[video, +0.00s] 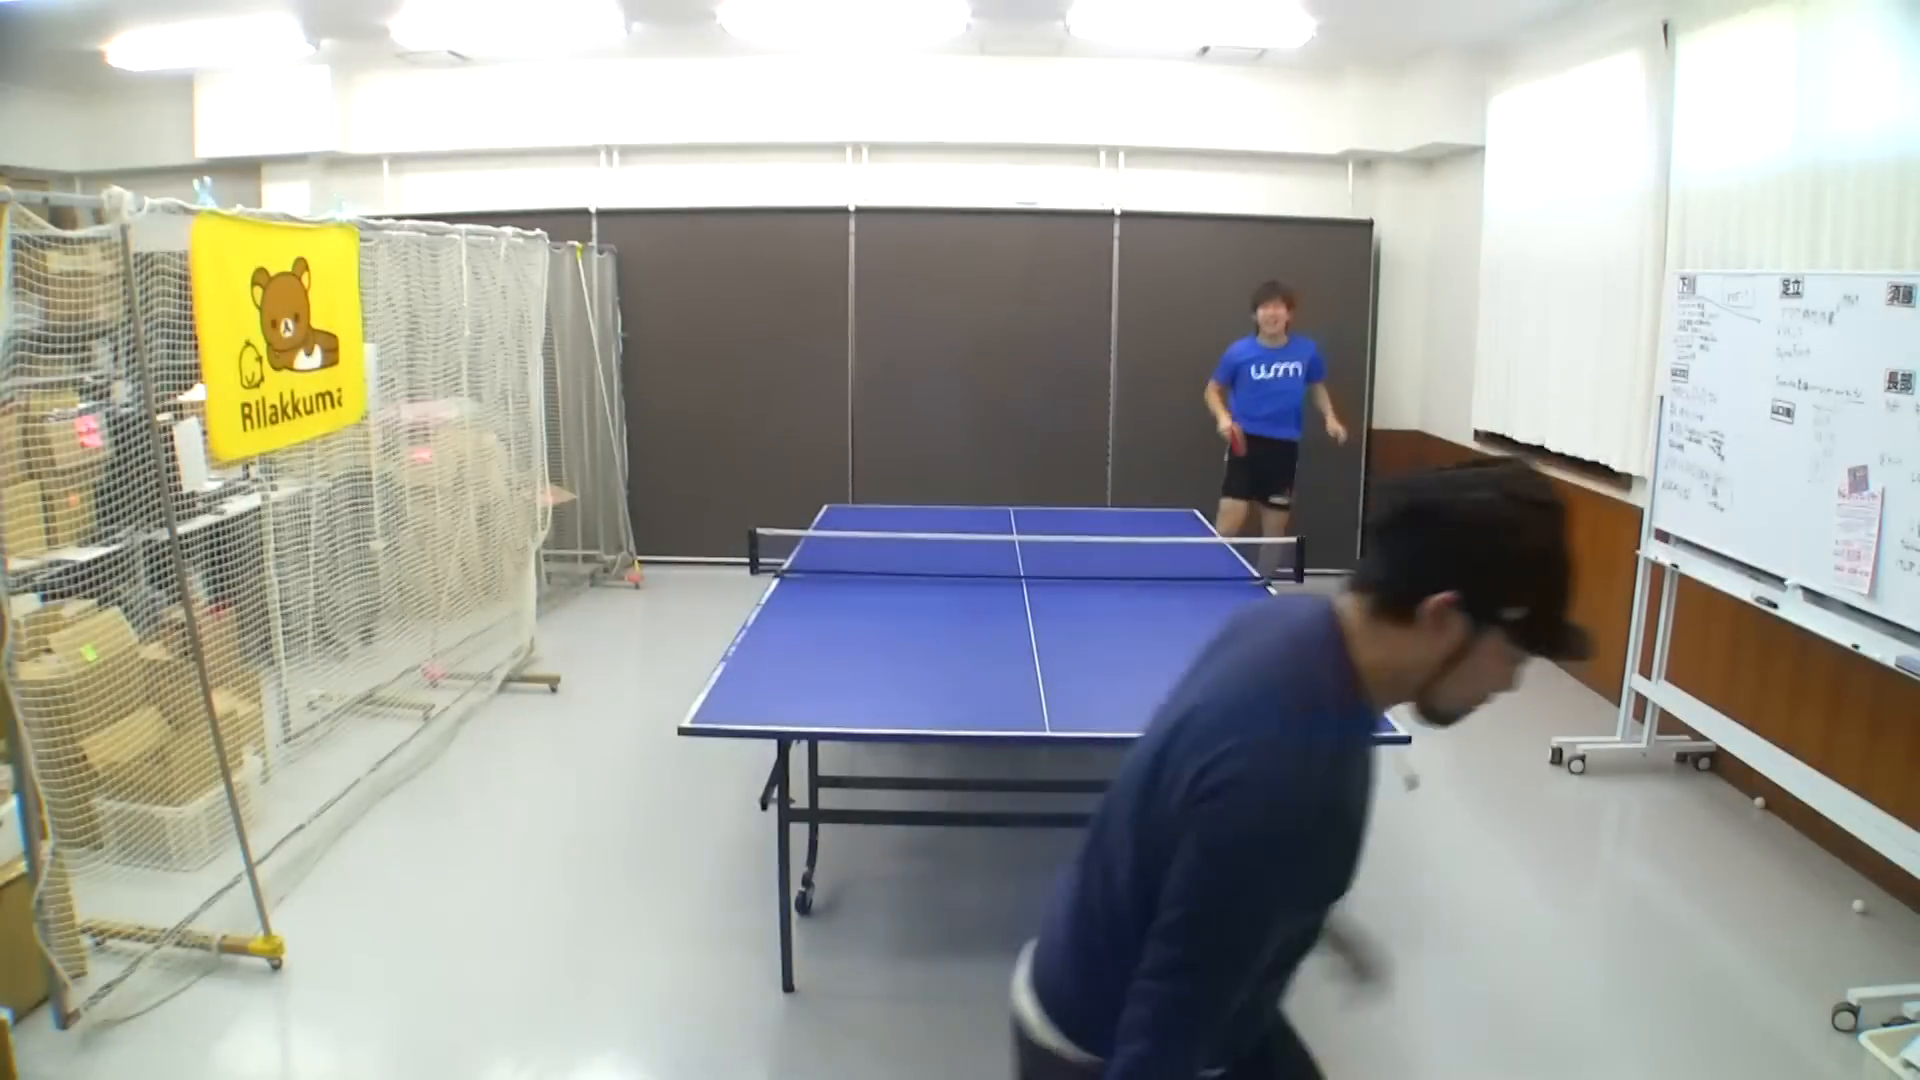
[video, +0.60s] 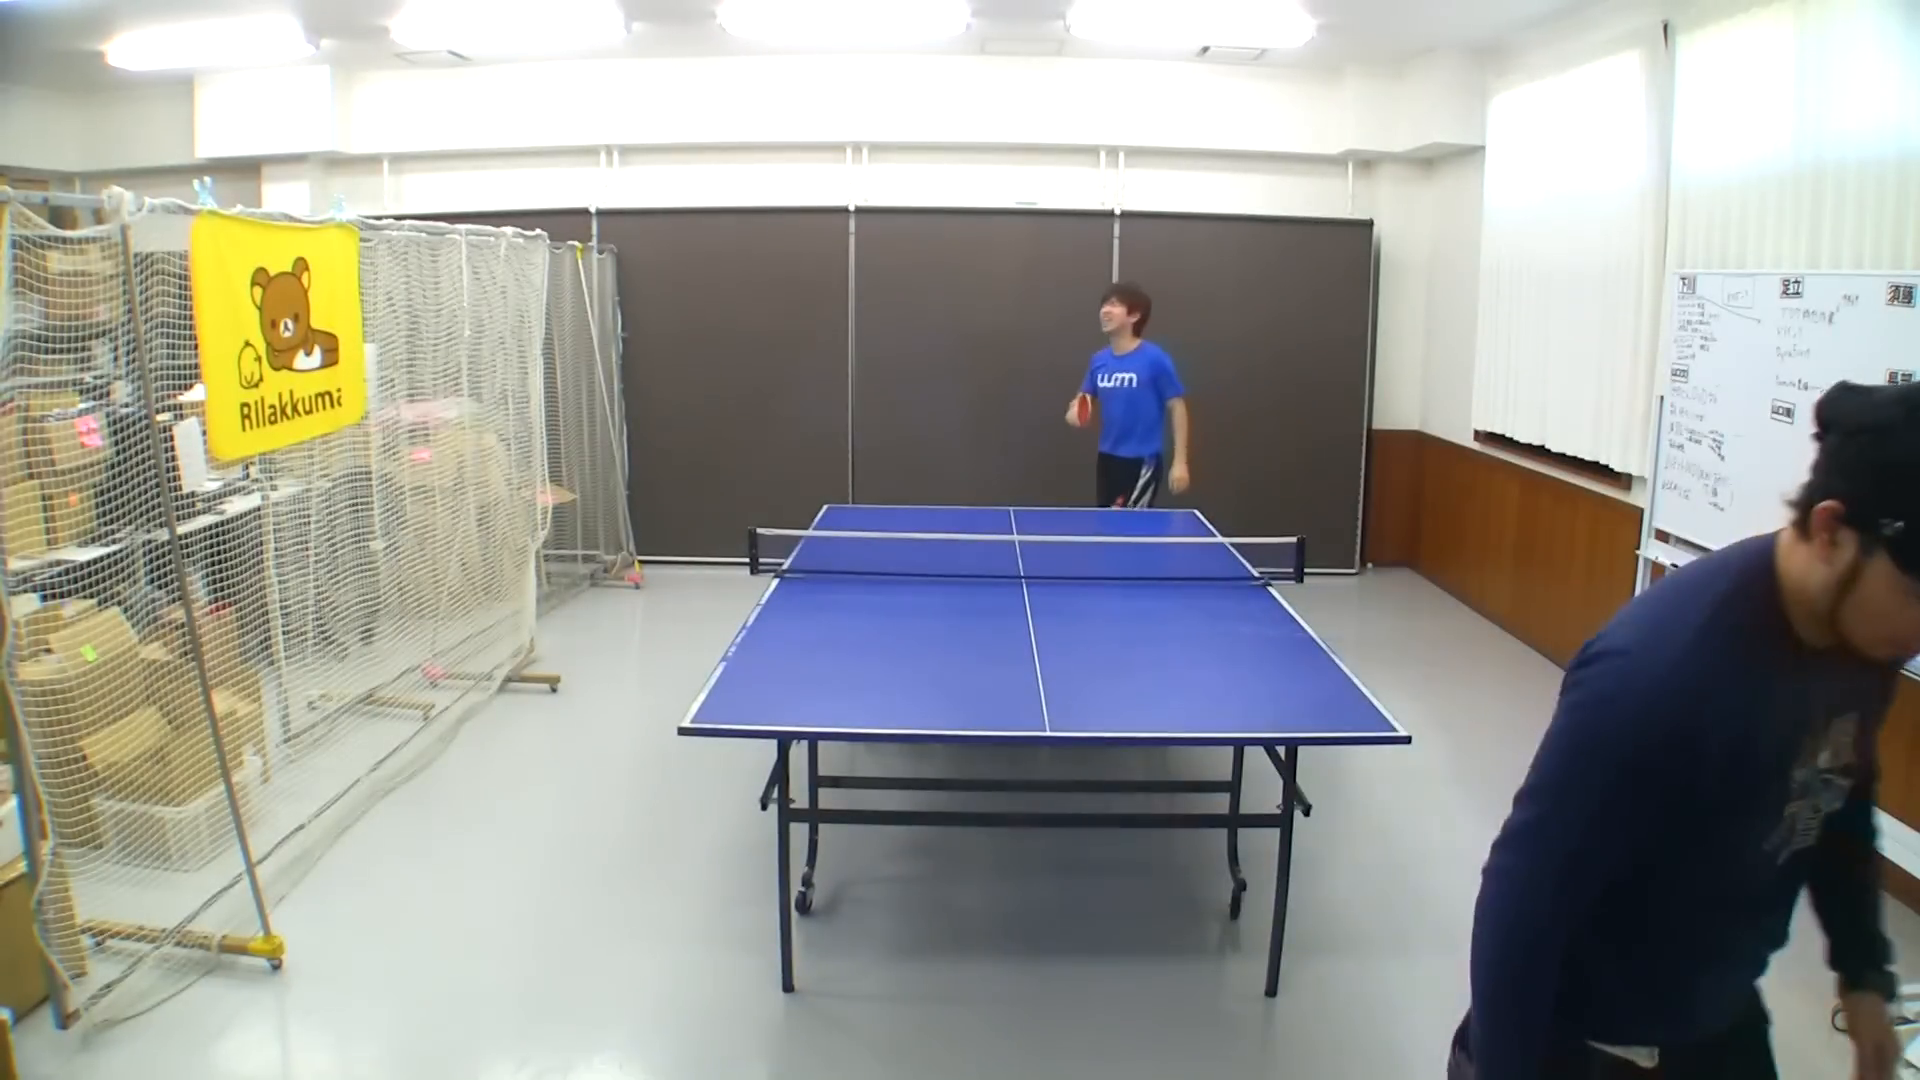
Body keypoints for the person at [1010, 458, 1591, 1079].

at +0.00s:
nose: (1513, 682)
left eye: (1525, 657)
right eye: (1514, 651)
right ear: (1442, 618)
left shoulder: (1294, 629)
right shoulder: (1278, 770)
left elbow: (1198, 815)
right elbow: (1161, 1040)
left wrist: (1316, 919)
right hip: (1109, 1051)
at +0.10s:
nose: (1596, 644)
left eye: (1616, 621)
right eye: (1606, 614)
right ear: (1535, 561)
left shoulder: (1396, 578)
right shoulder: (1367, 714)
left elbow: (1354, 754)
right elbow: (1223, 974)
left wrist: (1471, 825)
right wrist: (1207, 1068)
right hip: (1210, 1021)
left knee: (1372, 1059)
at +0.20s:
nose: (1679, 585)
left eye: (1694, 562)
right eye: (1687, 554)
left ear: (1610, 495)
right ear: (1613, 502)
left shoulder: (1492, 542)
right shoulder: (1444, 651)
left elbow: (1484, 723)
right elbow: (1311, 902)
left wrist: (1533, 823)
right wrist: (1296, 1065)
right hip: (1329, 998)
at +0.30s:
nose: (1753, 566)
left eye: (1767, 539)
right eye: (1752, 531)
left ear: (1665, 481)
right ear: (1669, 478)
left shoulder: (1613, 560)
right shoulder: (1513, 634)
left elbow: (1629, 735)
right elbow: (1410, 939)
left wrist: (1628, 883)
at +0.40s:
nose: (1821, 609)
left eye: (1832, 580)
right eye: (1808, 575)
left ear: (1716, 522)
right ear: (1717, 520)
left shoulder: (1682, 598)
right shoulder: (1584, 682)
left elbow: (1699, 781)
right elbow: (1476, 954)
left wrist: (1721, 932)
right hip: (1503, 1035)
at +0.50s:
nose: (1883, 648)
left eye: (1895, 622)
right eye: (1869, 613)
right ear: (1775, 548)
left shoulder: (1770, 634)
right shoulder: (1627, 701)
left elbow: (1766, 813)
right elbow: (1507, 956)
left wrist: (1793, 973)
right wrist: (1486, 1070)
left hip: (1661, 1019)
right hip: (1549, 1041)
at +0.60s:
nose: (1919, 628)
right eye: (1915, 591)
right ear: (1831, 529)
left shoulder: (1861, 633)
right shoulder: (1658, 666)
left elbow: (1840, 814)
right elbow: (1522, 888)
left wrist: (1864, 980)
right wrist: (1505, 1064)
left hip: (1716, 1018)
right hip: (1570, 1035)